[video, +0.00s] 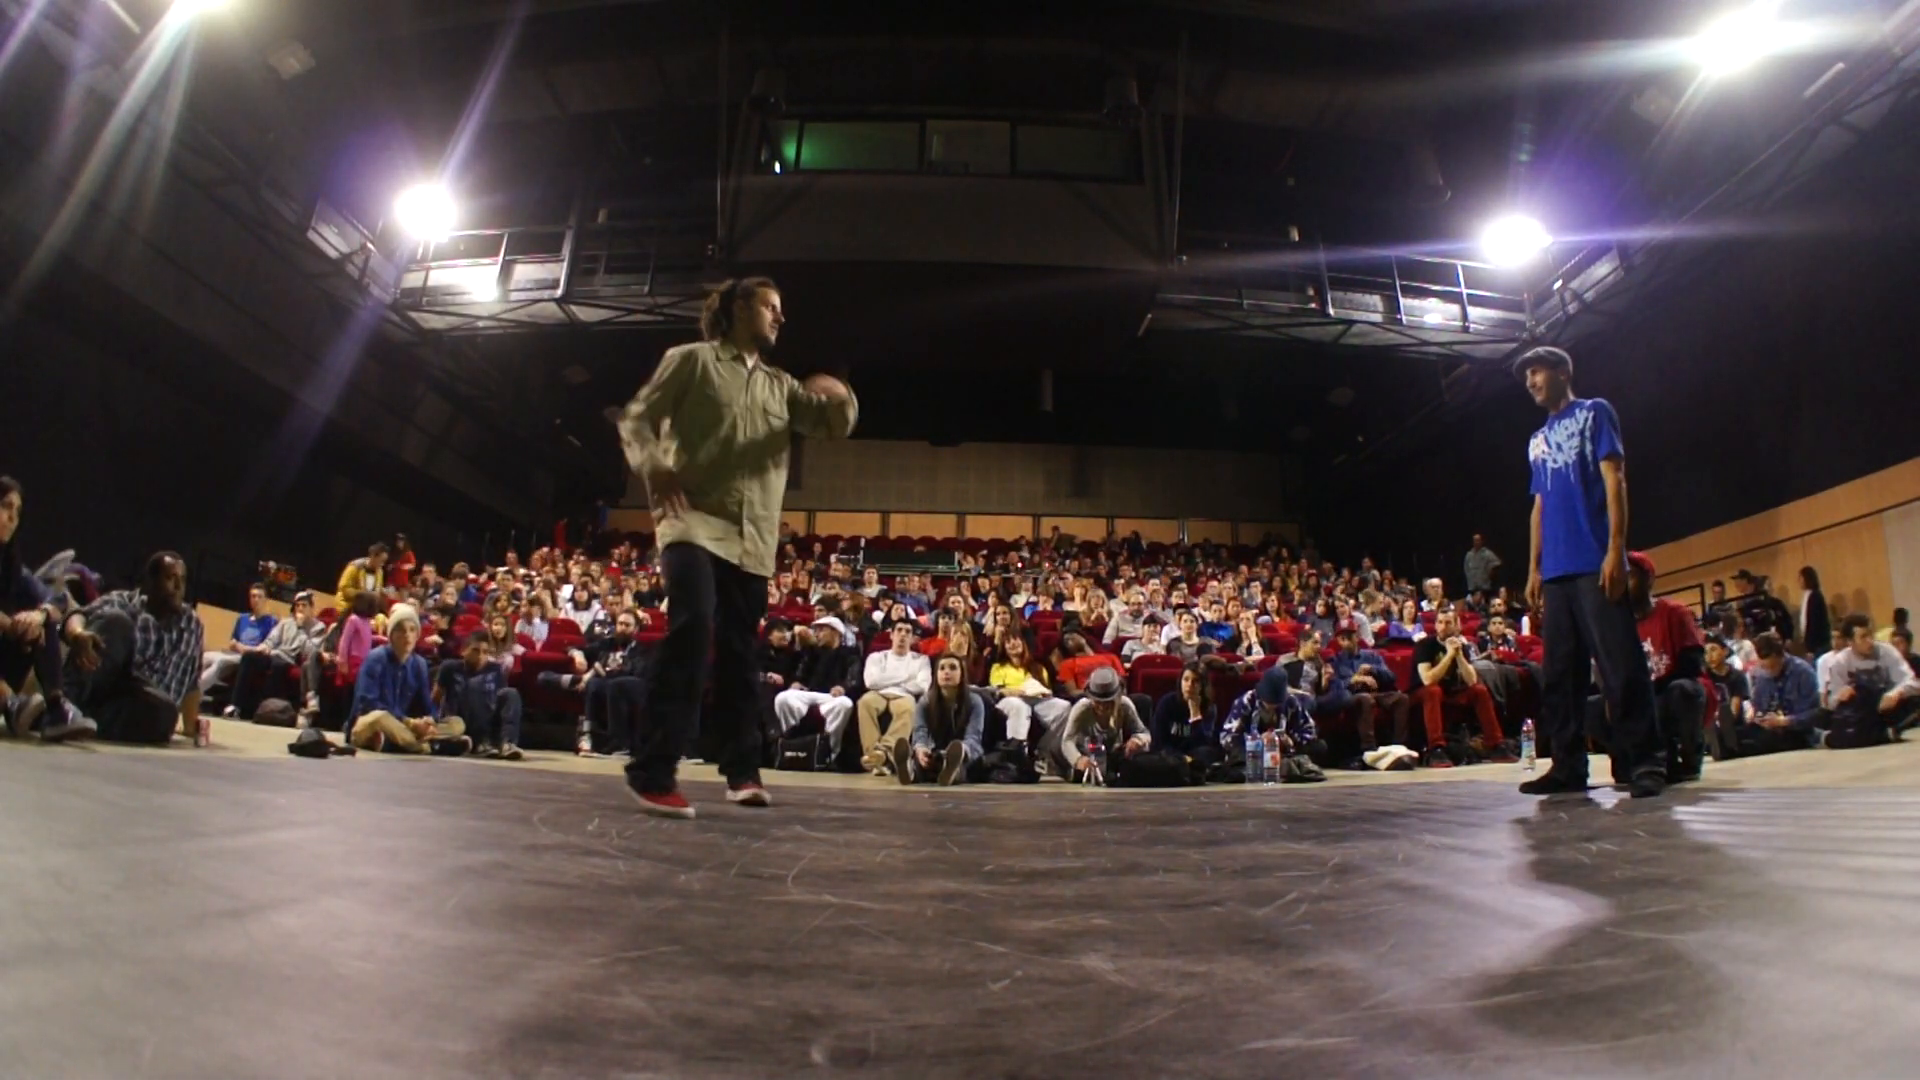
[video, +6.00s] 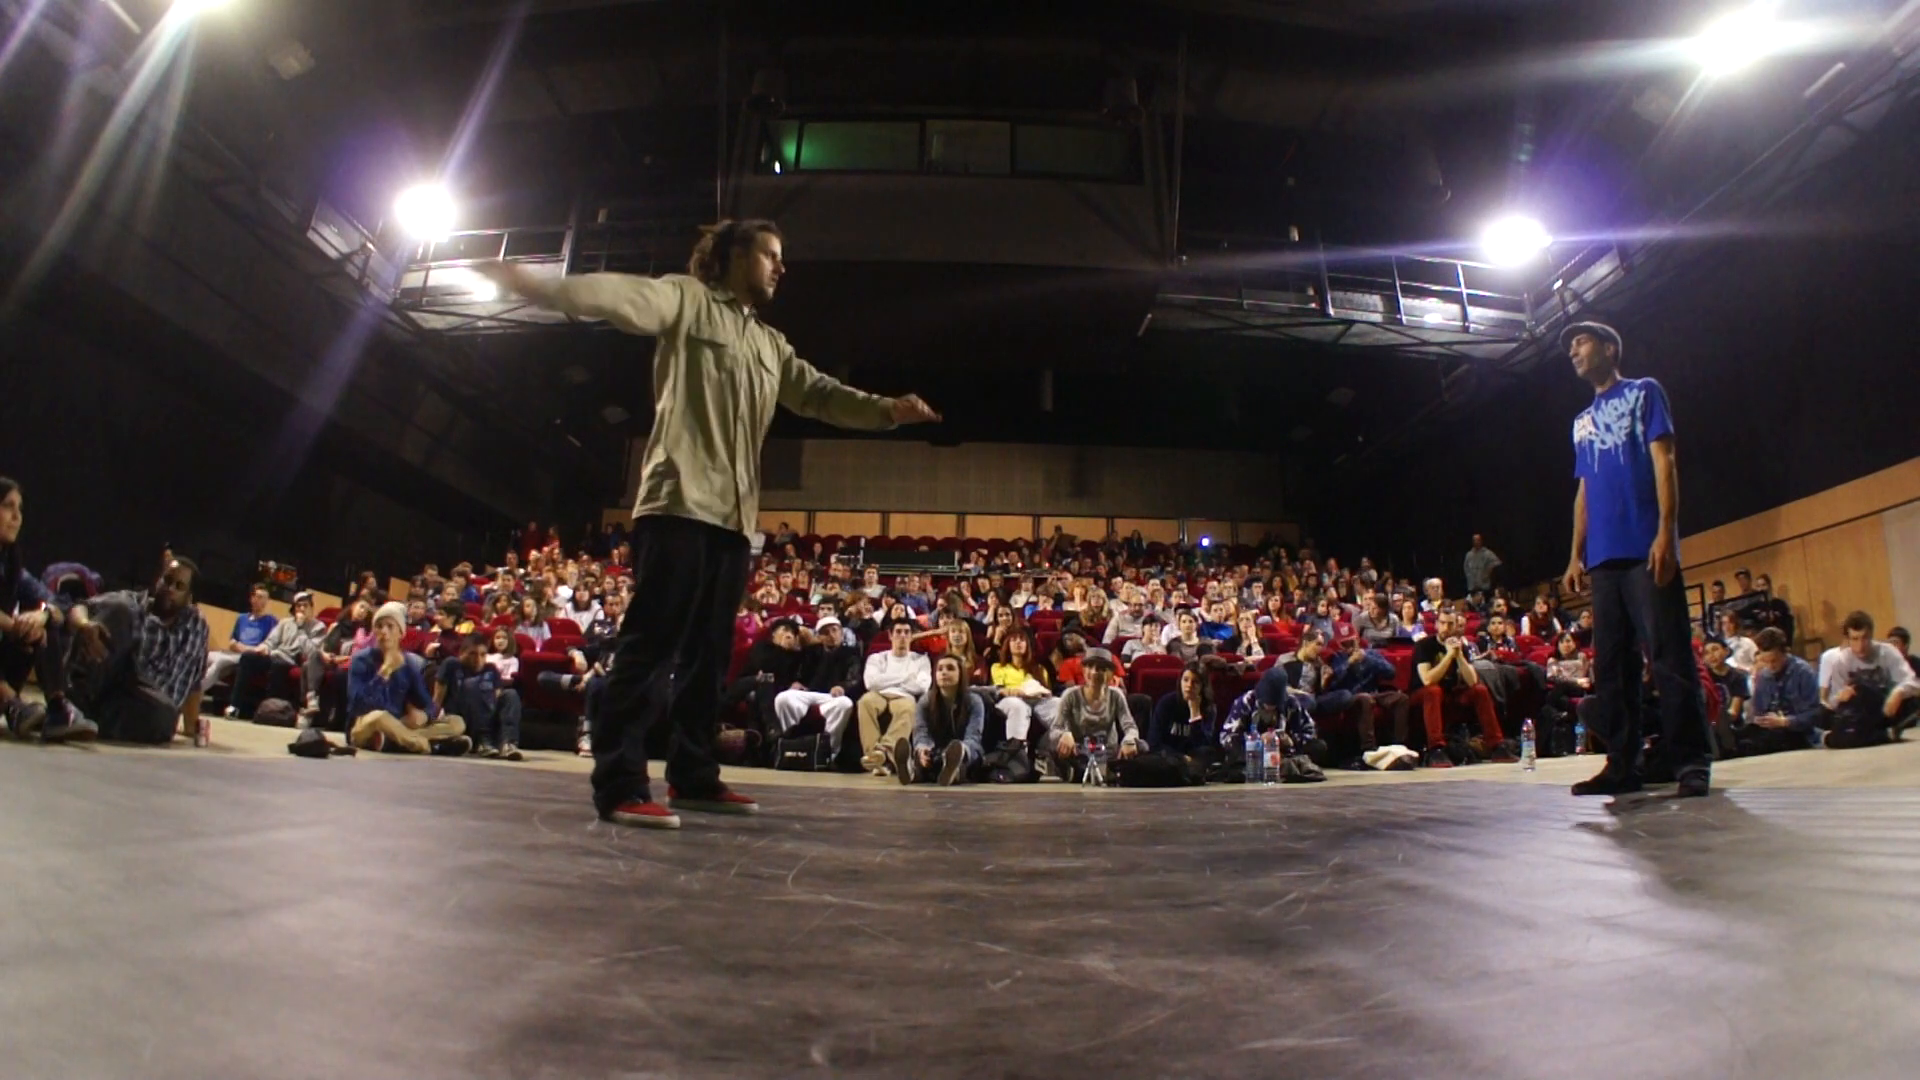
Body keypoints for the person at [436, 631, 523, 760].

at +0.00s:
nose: (480, 656)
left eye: (485, 652)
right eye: (475, 651)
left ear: (489, 654)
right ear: (464, 651)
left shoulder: (494, 669)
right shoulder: (449, 667)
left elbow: (501, 694)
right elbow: (437, 695)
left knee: (510, 693)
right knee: (472, 687)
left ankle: (508, 743)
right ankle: (482, 742)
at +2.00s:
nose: (478, 659)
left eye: (483, 654)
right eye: (474, 654)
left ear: (487, 654)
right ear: (465, 652)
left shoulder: (491, 669)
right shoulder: (450, 665)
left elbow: (499, 695)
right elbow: (438, 697)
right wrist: (430, 721)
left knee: (510, 694)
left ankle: (508, 743)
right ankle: (483, 742)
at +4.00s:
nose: (478, 659)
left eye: (483, 654)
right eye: (473, 654)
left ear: (487, 655)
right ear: (464, 653)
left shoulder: (491, 669)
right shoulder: (450, 664)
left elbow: (497, 696)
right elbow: (438, 697)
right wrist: (429, 721)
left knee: (510, 694)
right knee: (471, 688)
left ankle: (508, 743)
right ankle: (483, 742)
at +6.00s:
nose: (478, 659)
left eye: (483, 655)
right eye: (473, 654)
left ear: (487, 655)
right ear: (462, 654)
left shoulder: (491, 670)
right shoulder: (451, 665)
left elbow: (497, 695)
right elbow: (438, 698)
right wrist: (430, 720)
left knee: (511, 695)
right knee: (472, 691)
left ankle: (508, 743)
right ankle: (483, 742)